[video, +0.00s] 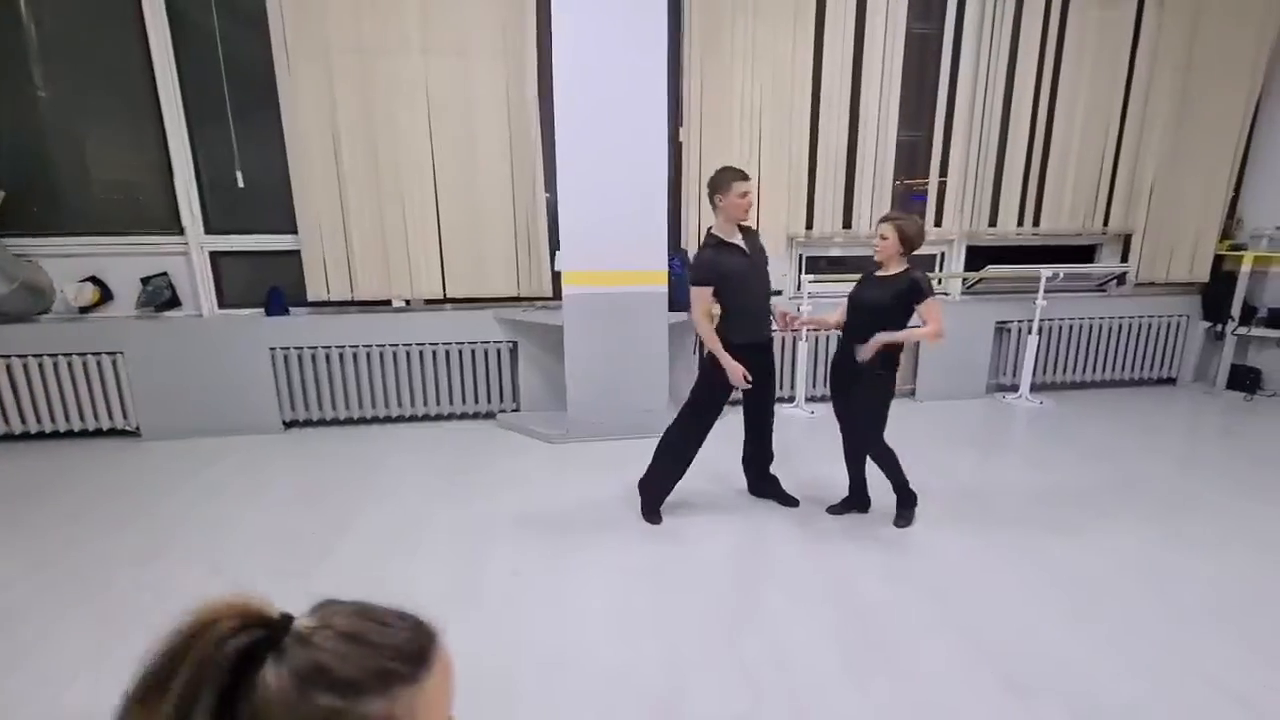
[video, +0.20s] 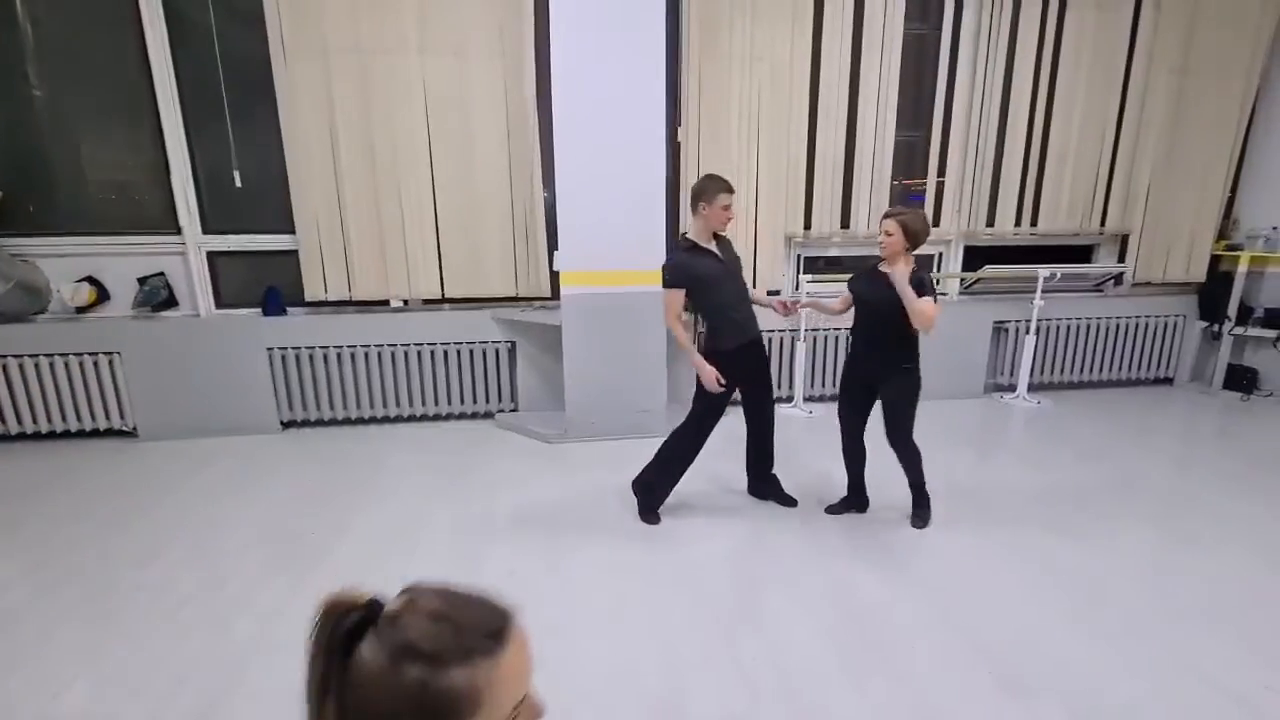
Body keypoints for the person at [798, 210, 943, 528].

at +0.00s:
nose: (876, 243)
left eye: (883, 238)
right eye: (876, 237)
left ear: (902, 245)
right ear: (882, 241)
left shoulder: (914, 280)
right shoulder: (871, 275)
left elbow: (935, 330)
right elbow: (844, 319)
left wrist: (882, 338)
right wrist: (808, 320)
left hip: (878, 369)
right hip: (845, 363)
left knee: (870, 438)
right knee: (849, 433)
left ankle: (905, 496)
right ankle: (857, 495)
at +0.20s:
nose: (881, 239)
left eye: (889, 235)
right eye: (881, 234)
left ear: (908, 241)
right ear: (881, 237)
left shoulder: (918, 279)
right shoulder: (866, 275)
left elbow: (926, 322)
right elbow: (839, 307)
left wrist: (902, 283)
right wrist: (808, 303)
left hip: (899, 371)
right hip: (860, 367)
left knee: (899, 438)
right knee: (850, 431)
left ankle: (919, 497)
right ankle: (856, 495)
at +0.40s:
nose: (892, 245)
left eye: (899, 240)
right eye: (893, 239)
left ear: (920, 246)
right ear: (899, 244)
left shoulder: (937, 282)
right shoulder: (887, 280)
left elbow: (949, 312)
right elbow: (851, 310)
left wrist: (904, 302)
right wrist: (815, 302)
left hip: (924, 375)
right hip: (883, 370)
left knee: (916, 440)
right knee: (854, 429)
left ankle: (925, 501)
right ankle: (854, 495)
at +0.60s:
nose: (903, 247)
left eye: (910, 242)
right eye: (903, 241)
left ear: (931, 246)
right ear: (907, 244)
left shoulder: (952, 282)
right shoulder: (898, 284)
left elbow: (977, 305)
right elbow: (859, 307)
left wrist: (969, 327)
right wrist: (820, 303)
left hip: (945, 374)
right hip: (906, 366)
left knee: (922, 438)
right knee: (863, 417)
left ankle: (920, 500)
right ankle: (851, 485)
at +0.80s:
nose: (906, 246)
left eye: (913, 241)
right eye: (905, 240)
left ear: (935, 245)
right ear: (908, 243)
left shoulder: (953, 282)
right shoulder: (894, 284)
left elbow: (1003, 300)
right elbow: (850, 302)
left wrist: (1055, 318)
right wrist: (806, 300)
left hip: (956, 370)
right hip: (916, 367)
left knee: (926, 433)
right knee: (885, 426)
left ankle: (918, 498)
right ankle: (863, 491)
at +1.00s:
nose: (894, 249)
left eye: (901, 243)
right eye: (893, 243)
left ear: (923, 248)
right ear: (894, 245)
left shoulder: (946, 283)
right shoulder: (884, 285)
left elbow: (983, 307)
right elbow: (841, 302)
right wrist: (793, 300)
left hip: (940, 375)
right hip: (900, 370)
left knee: (912, 437)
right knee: (861, 421)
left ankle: (911, 500)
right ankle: (873, 485)